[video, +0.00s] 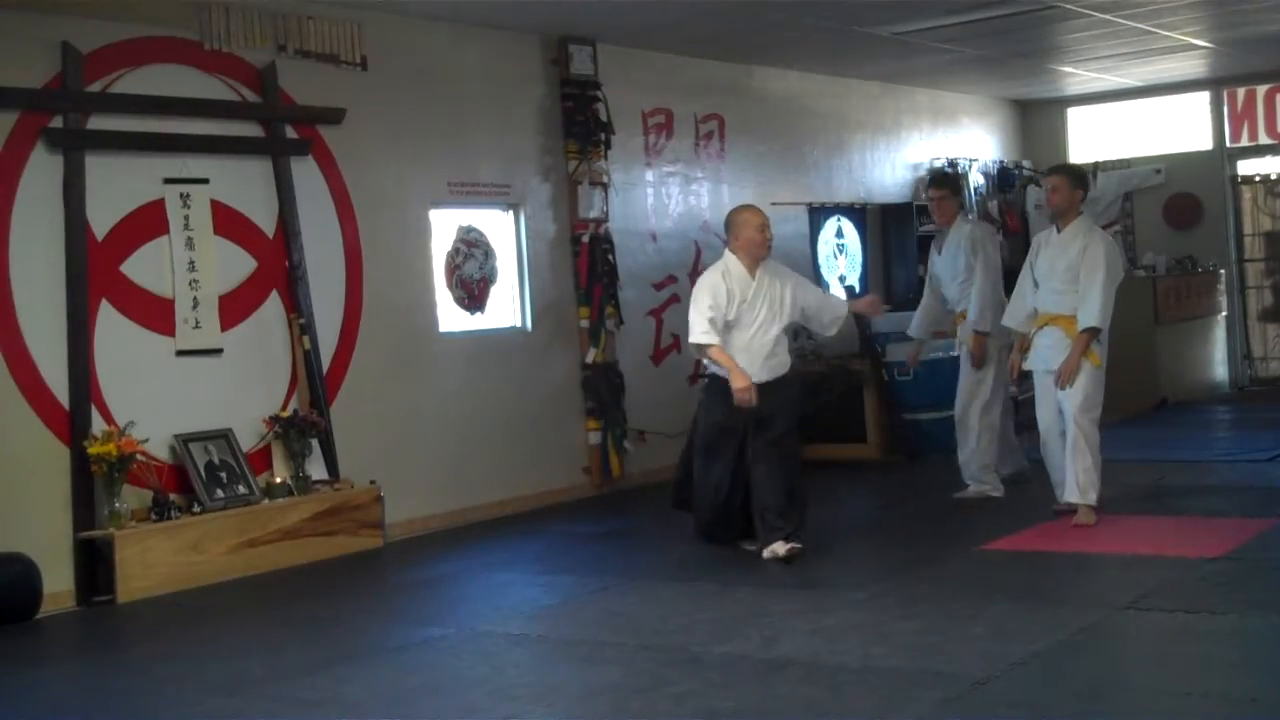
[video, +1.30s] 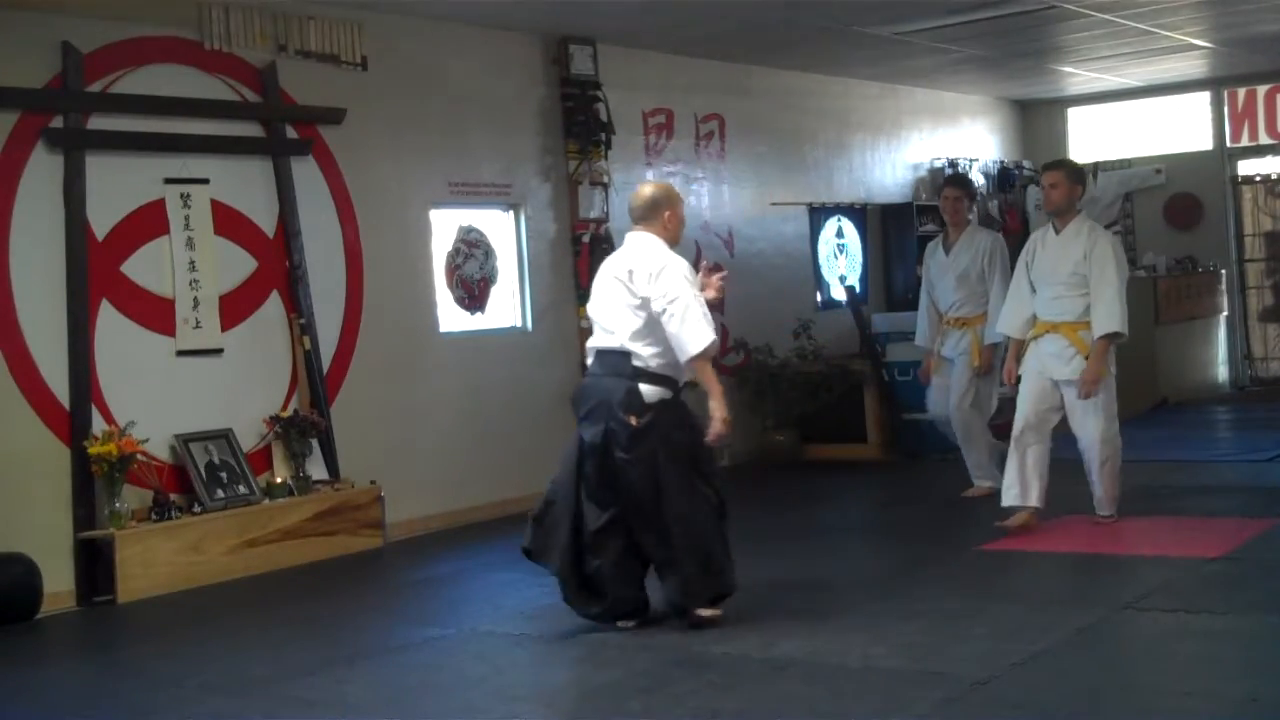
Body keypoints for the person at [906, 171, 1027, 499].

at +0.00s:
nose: (935, 207)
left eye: (942, 200)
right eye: (931, 201)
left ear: (958, 200)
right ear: (928, 204)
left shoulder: (979, 233)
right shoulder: (940, 244)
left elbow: (987, 283)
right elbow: (933, 297)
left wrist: (980, 332)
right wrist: (918, 342)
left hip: (987, 326)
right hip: (968, 326)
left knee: (971, 406)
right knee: (990, 401)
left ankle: (983, 482)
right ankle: (1012, 464)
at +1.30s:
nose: (952, 206)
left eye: (959, 200)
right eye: (946, 200)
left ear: (971, 203)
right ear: (939, 206)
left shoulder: (989, 242)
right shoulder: (933, 249)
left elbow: (999, 295)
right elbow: (928, 302)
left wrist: (990, 344)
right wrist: (929, 351)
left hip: (979, 334)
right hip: (948, 335)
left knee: (964, 408)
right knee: (938, 408)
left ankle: (986, 480)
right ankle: (997, 451)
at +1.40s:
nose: (945, 207)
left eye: (952, 200)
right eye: (939, 200)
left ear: (966, 205)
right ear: (932, 206)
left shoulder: (984, 244)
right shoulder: (927, 250)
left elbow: (991, 298)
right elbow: (922, 304)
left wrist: (983, 347)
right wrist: (919, 350)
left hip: (971, 335)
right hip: (939, 335)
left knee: (962, 409)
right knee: (920, 406)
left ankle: (984, 478)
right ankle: (956, 468)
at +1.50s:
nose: (932, 203)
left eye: (939, 197)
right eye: (927, 197)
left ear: (953, 202)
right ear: (921, 203)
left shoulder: (972, 241)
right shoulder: (916, 246)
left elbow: (981, 295)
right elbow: (911, 299)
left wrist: (976, 343)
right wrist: (911, 345)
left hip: (961, 332)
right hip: (927, 332)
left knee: (963, 409)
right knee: (908, 406)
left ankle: (983, 479)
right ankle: (921, 479)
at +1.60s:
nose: (916, 202)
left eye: (923, 196)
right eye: (911, 197)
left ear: (938, 200)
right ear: (906, 202)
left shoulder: (957, 238)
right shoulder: (902, 246)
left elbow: (970, 293)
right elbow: (898, 300)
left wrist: (968, 343)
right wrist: (897, 346)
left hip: (952, 333)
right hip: (915, 333)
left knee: (965, 411)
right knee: (899, 406)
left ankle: (984, 479)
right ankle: (881, 481)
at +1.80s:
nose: (875, 210)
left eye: (883, 203)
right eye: (871, 203)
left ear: (896, 208)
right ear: (865, 210)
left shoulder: (917, 247)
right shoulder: (866, 256)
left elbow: (939, 296)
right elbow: (867, 310)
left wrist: (928, 332)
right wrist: (868, 355)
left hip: (919, 345)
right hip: (880, 349)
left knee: (950, 416)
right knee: (863, 418)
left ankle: (987, 483)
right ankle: (851, 496)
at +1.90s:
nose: (851, 210)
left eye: (858, 203)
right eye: (846, 204)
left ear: (872, 206)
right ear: (842, 209)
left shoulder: (895, 246)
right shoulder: (847, 257)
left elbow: (913, 298)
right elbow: (849, 310)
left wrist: (911, 343)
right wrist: (850, 351)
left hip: (893, 345)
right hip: (857, 348)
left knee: (922, 416)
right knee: (850, 422)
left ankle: (969, 463)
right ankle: (851, 497)